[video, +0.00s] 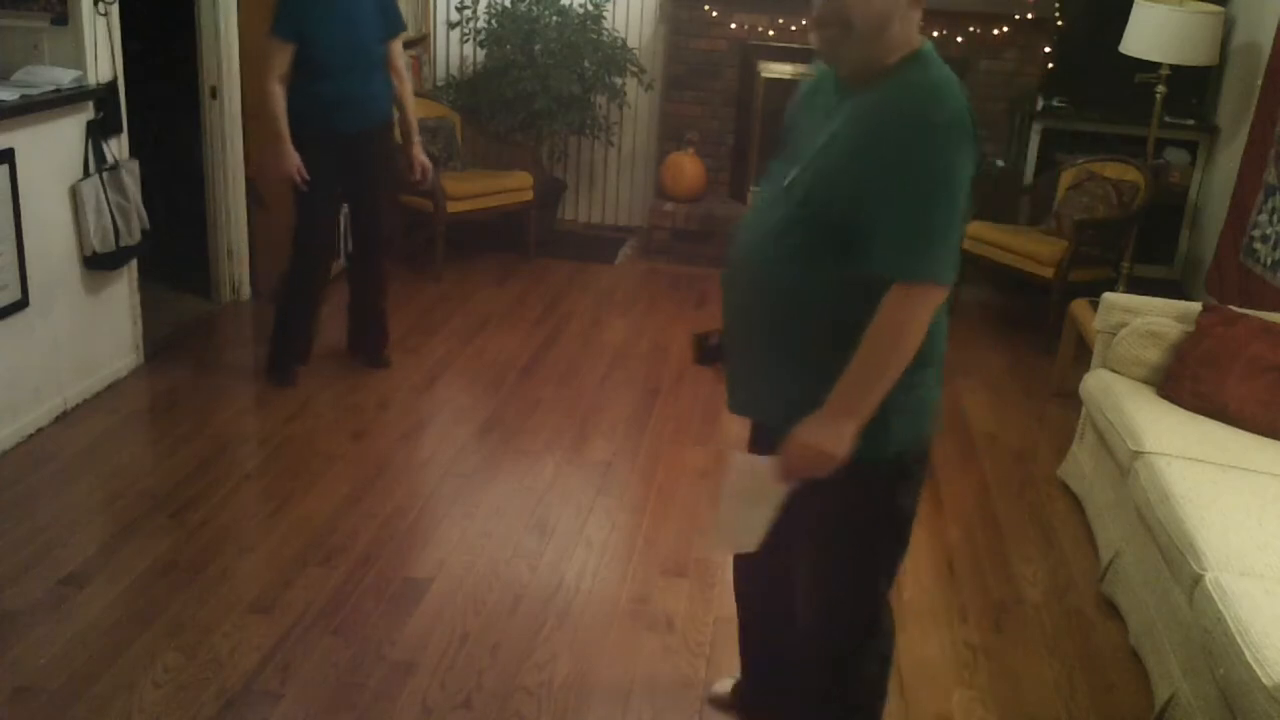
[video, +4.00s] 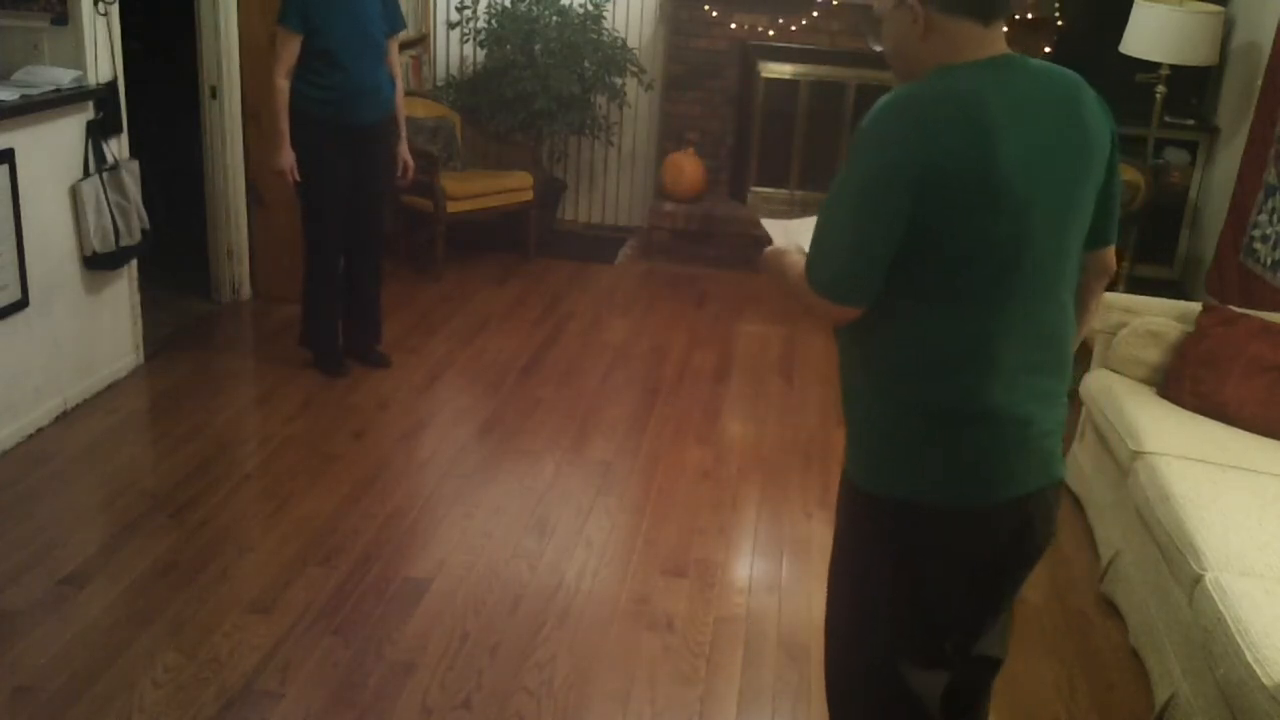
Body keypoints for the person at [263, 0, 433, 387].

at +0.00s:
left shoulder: (383, 6)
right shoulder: (298, 8)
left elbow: (399, 72)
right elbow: (275, 77)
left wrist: (414, 142)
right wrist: (285, 146)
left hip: (373, 140)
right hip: (318, 143)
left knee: (373, 245)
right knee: (313, 249)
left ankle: (370, 343)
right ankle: (286, 357)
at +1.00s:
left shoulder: (384, 6)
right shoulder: (302, 6)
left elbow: (393, 70)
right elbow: (278, 71)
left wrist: (403, 138)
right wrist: (293, 141)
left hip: (372, 136)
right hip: (320, 138)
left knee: (368, 240)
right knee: (325, 242)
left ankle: (363, 339)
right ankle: (324, 346)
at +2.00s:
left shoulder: (379, 6)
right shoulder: (296, 6)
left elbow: (389, 69)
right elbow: (274, 73)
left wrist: (400, 137)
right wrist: (279, 144)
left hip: (370, 133)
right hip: (317, 135)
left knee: (367, 240)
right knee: (322, 242)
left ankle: (363, 340)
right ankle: (323, 345)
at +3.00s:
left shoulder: (379, 6)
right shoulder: (297, 6)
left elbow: (389, 71)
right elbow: (276, 73)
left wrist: (400, 137)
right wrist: (281, 146)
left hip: (370, 133)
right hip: (317, 134)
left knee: (367, 239)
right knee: (322, 241)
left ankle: (363, 339)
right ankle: (323, 345)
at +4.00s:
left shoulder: (385, 6)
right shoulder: (302, 7)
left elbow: (394, 73)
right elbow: (282, 74)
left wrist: (401, 140)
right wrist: (284, 145)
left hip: (375, 132)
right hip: (320, 133)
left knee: (368, 239)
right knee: (325, 240)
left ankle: (364, 340)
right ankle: (324, 345)